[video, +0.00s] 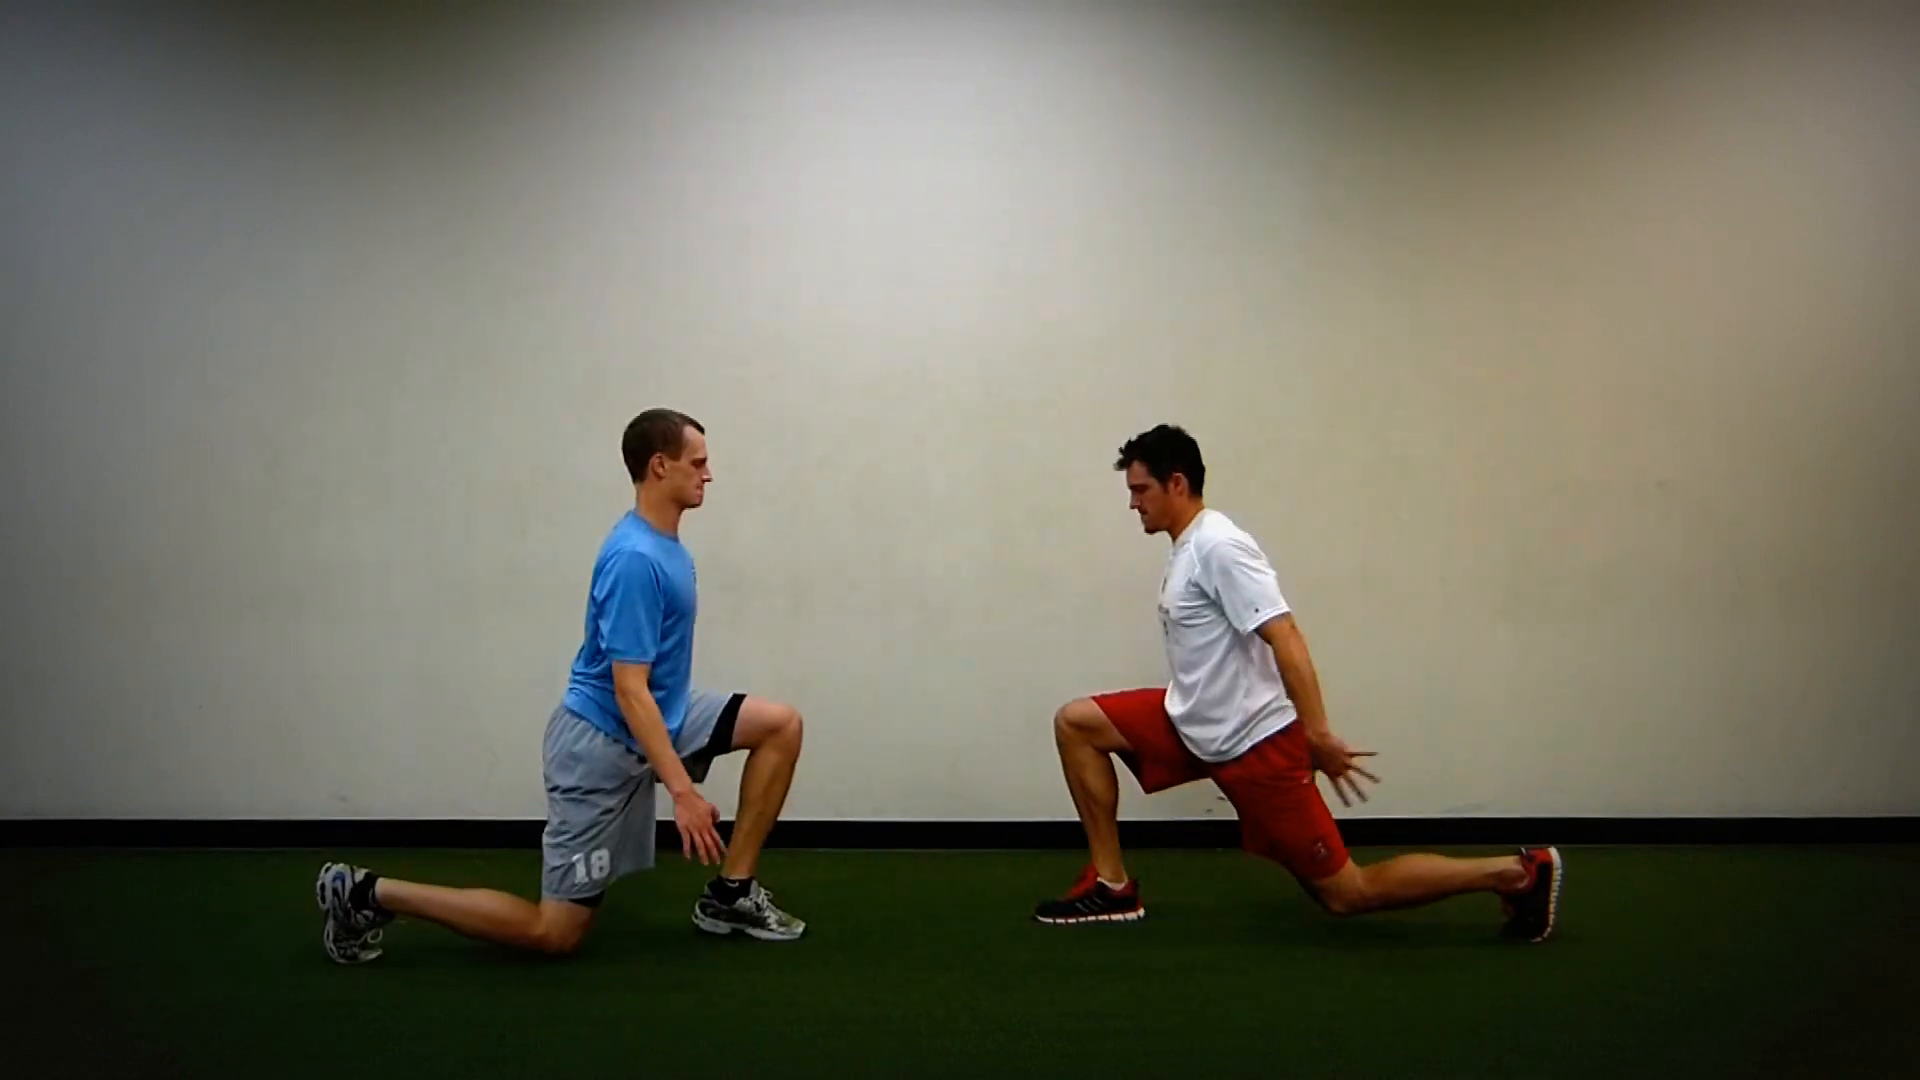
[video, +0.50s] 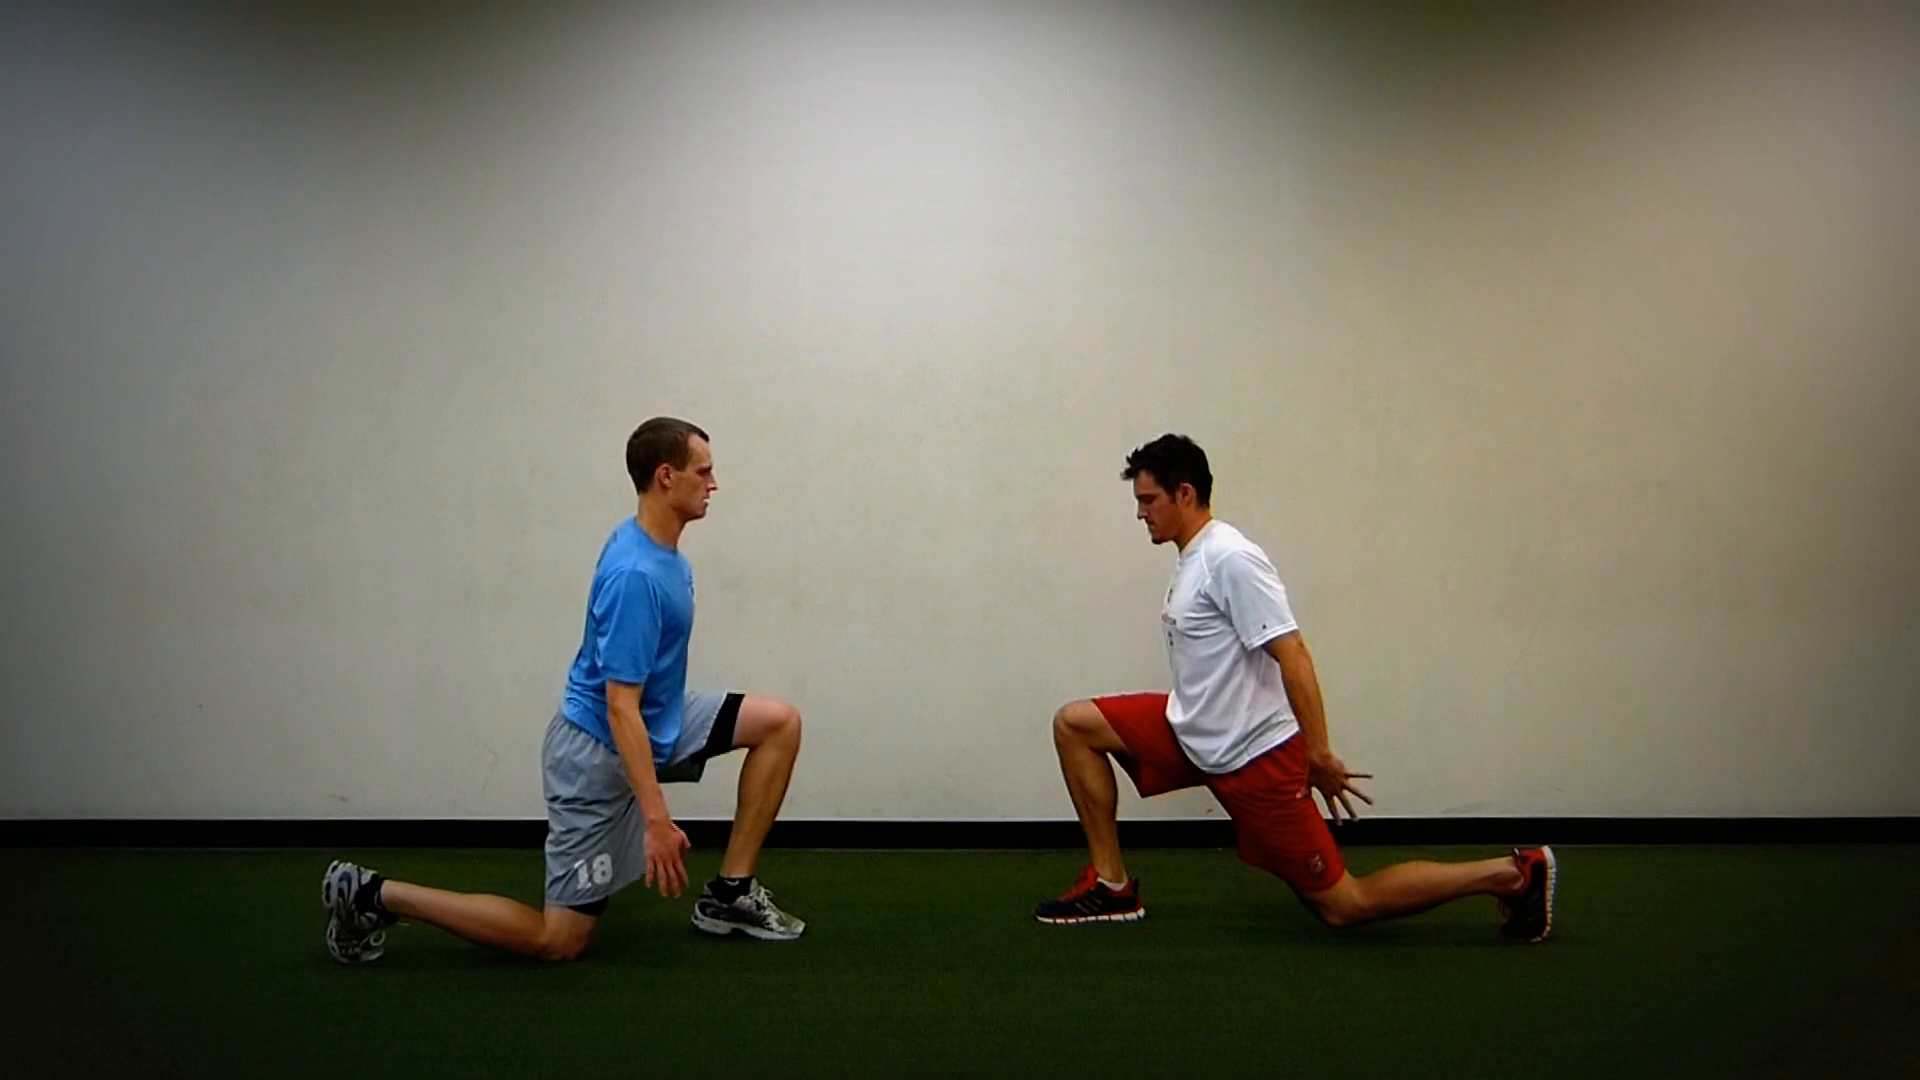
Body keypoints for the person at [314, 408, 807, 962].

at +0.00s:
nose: (708, 475)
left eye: (707, 464)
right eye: (698, 464)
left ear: (663, 469)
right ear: (659, 468)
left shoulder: (663, 545)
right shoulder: (633, 561)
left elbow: (650, 667)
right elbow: (631, 690)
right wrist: (684, 791)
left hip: (658, 717)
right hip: (598, 740)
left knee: (780, 727)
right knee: (557, 932)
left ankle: (733, 894)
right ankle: (365, 893)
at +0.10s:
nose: (710, 483)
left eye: (709, 472)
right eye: (701, 472)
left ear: (663, 478)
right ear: (660, 477)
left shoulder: (663, 552)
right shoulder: (633, 571)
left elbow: (654, 674)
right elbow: (632, 700)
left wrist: (676, 775)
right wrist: (686, 803)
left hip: (655, 720)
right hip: (595, 745)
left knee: (776, 724)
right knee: (560, 938)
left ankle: (732, 894)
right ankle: (366, 896)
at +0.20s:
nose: (712, 489)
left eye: (711, 478)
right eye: (703, 478)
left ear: (665, 484)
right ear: (662, 483)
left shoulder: (662, 554)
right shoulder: (633, 579)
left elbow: (670, 661)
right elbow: (633, 709)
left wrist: (713, 720)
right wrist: (684, 817)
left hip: (650, 723)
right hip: (592, 746)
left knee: (773, 721)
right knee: (558, 939)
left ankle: (731, 893)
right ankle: (368, 895)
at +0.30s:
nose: (714, 489)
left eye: (713, 477)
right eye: (705, 478)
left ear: (665, 483)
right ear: (664, 483)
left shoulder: (656, 549)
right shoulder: (634, 581)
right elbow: (631, 711)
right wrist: (674, 818)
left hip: (648, 720)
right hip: (593, 747)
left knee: (774, 721)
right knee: (561, 939)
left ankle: (732, 890)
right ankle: (369, 896)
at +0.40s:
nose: (714, 487)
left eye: (712, 475)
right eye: (704, 476)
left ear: (664, 481)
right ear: (664, 481)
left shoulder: (655, 549)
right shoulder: (634, 581)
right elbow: (626, 711)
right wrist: (667, 821)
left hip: (647, 723)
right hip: (593, 749)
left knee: (775, 722)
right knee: (561, 939)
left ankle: (732, 890)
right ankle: (369, 895)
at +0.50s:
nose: (715, 484)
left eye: (712, 471)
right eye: (705, 472)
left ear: (665, 479)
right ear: (664, 478)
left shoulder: (659, 549)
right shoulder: (634, 578)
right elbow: (622, 707)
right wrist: (656, 819)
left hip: (649, 724)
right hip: (595, 750)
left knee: (778, 722)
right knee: (561, 940)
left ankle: (733, 892)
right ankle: (371, 894)